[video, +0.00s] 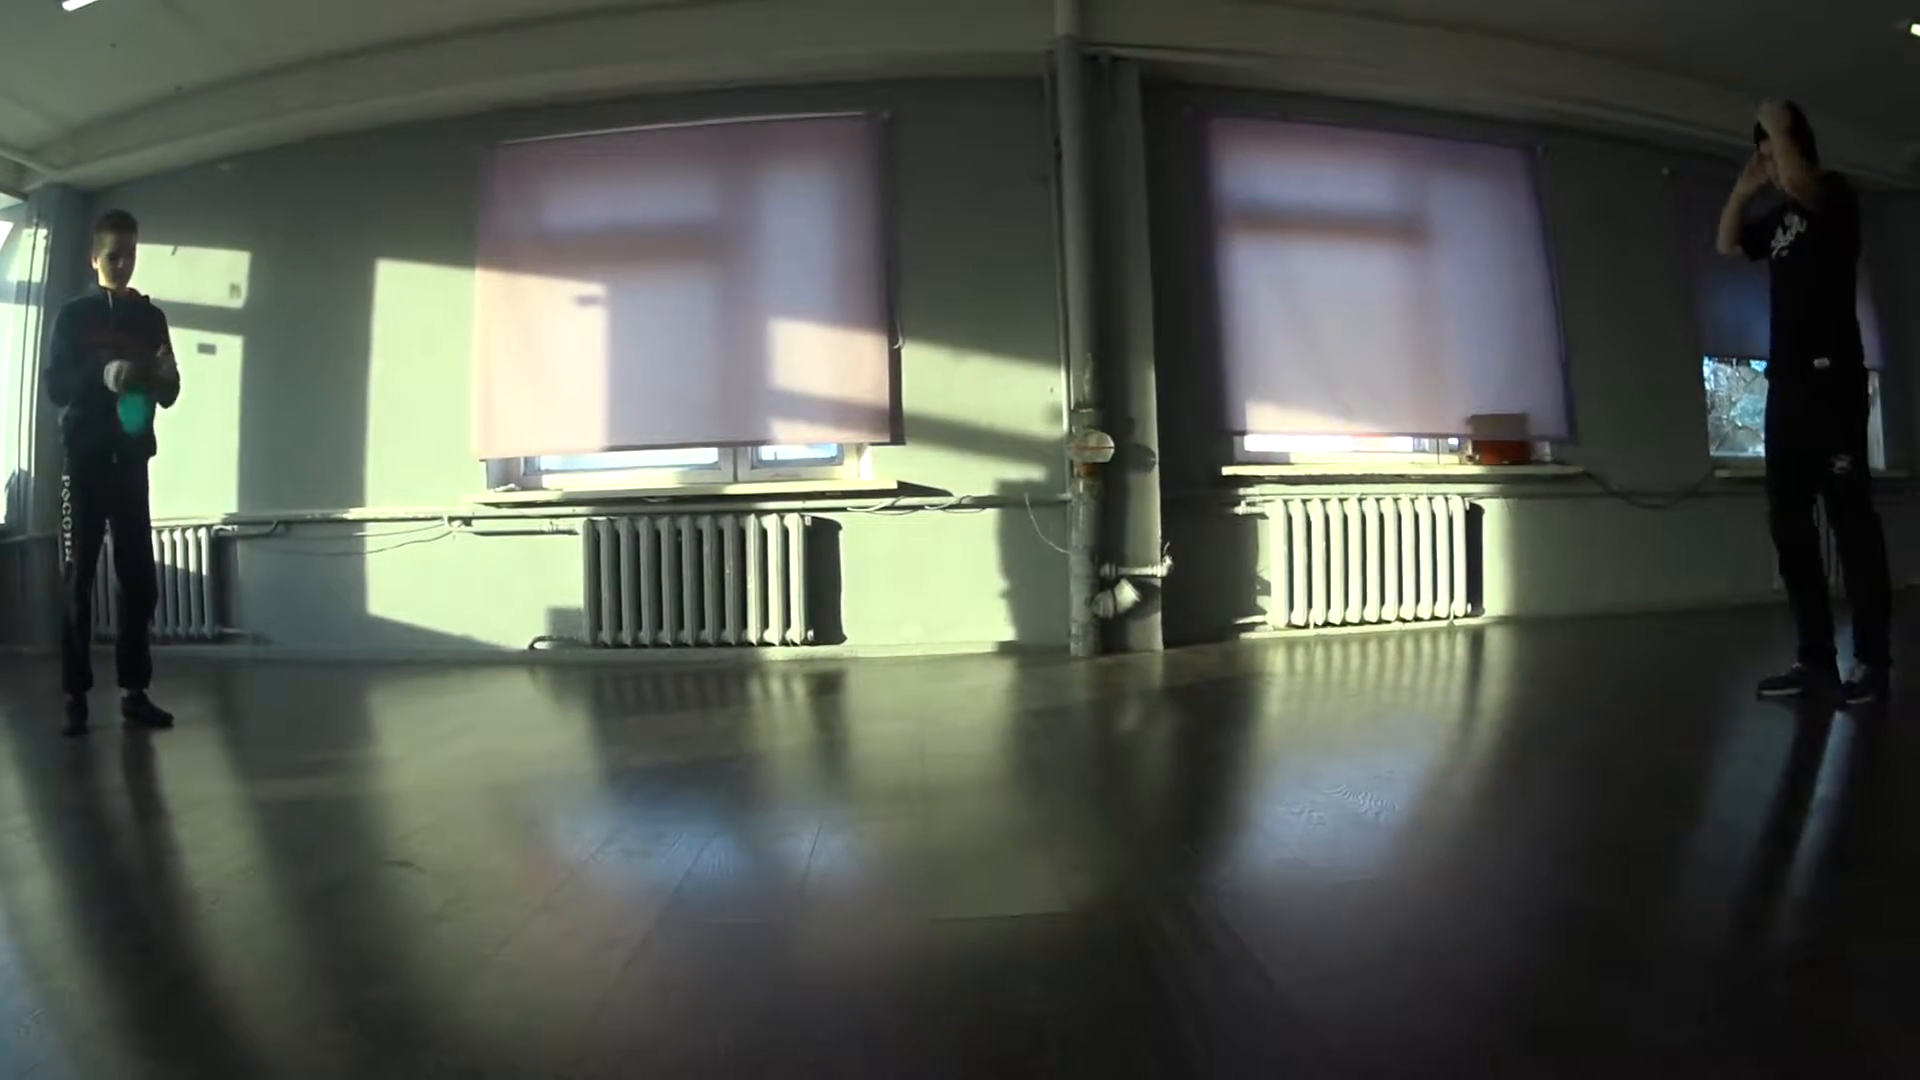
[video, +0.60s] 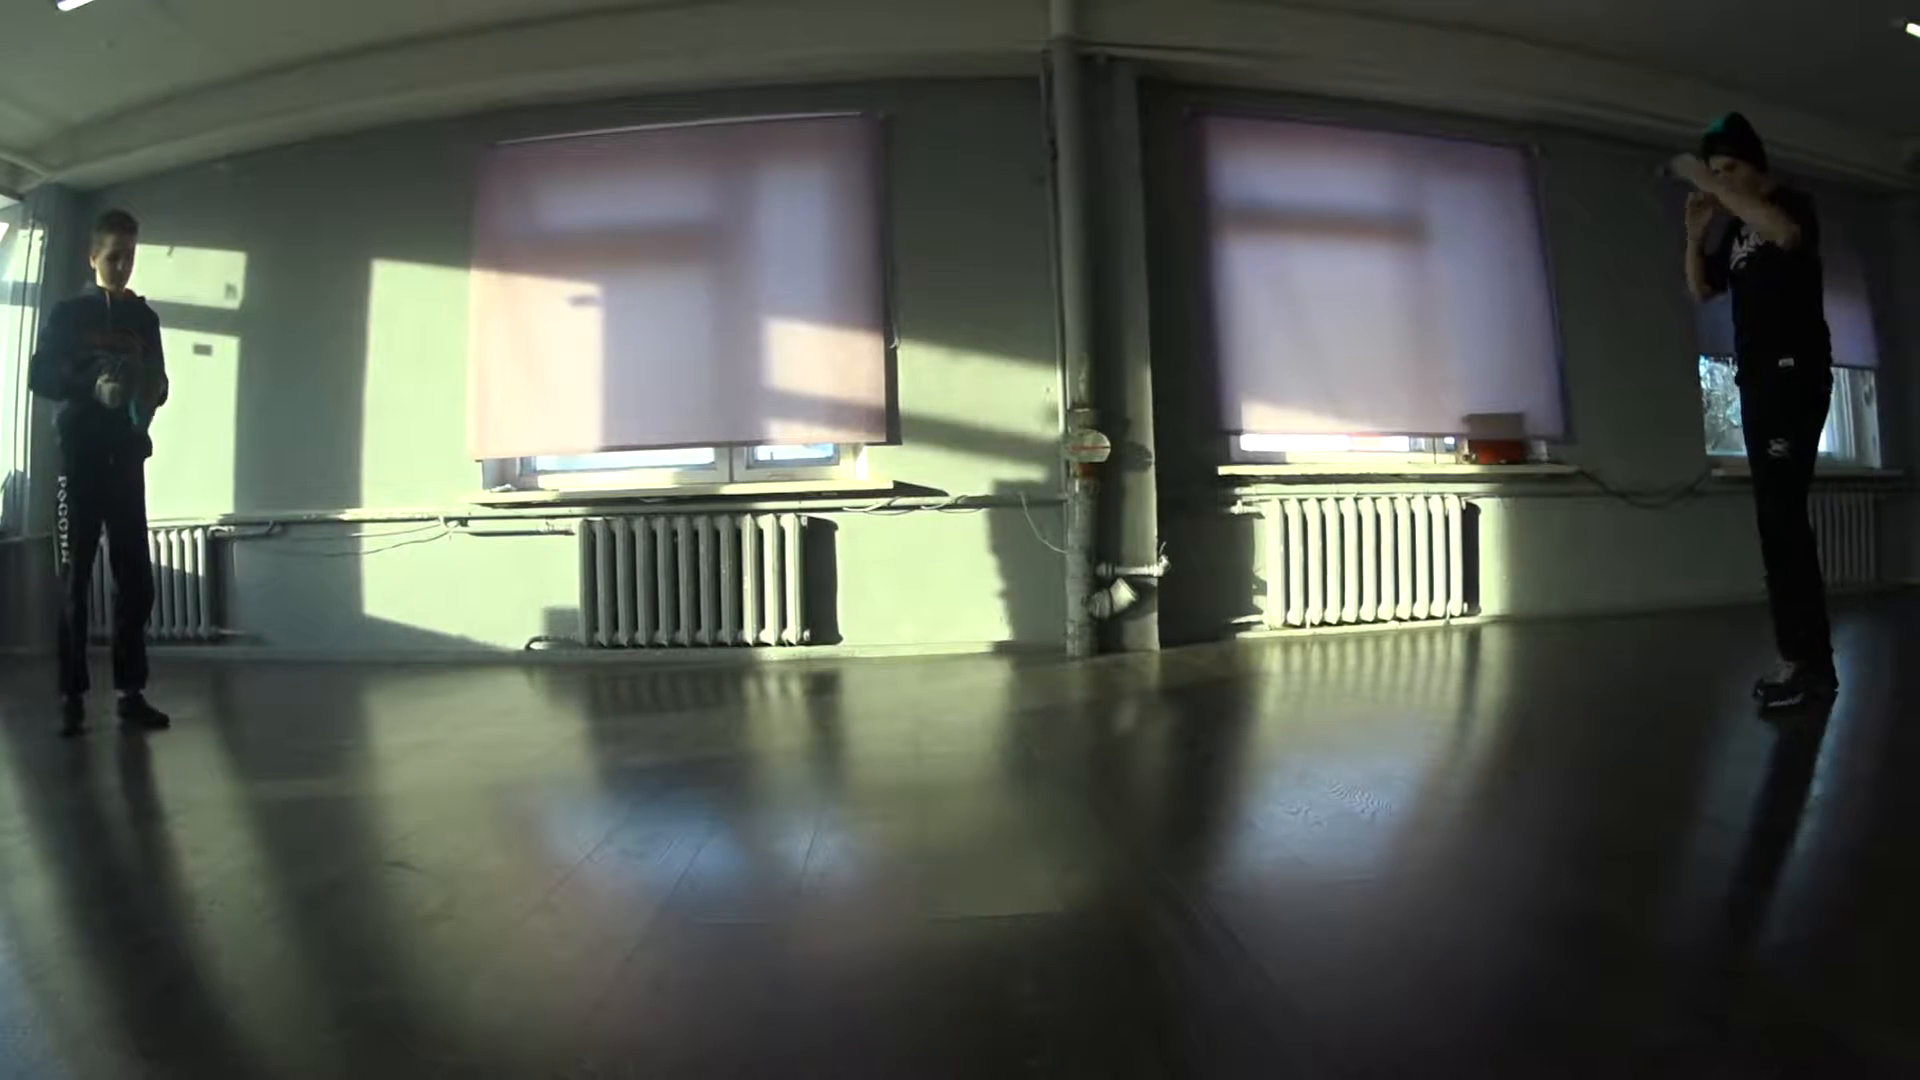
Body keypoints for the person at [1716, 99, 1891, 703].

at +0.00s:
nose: (1772, 160)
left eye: (1780, 149)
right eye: (1766, 150)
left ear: (1803, 151)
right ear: (1764, 159)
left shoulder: (1836, 200)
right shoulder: (1777, 218)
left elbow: (1799, 185)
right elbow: (1729, 244)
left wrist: (1778, 127)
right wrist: (1743, 187)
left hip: (1837, 381)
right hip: (1789, 383)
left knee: (1853, 521)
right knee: (1790, 525)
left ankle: (1873, 663)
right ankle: (1815, 664)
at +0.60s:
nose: (1724, 179)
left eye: (1732, 168)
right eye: (1716, 172)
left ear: (1756, 164)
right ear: (1711, 176)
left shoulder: (1792, 204)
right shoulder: (1733, 227)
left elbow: (1784, 234)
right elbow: (1702, 290)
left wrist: (1716, 187)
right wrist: (1694, 237)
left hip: (1798, 378)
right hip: (1757, 381)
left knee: (1783, 518)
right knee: (1777, 519)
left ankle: (1811, 665)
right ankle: (1799, 661)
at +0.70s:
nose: (1717, 181)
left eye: (1724, 167)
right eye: (1708, 173)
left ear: (1748, 161)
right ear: (1704, 178)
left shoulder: (1782, 203)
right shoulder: (1733, 232)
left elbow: (1804, 251)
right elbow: (1723, 308)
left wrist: (1721, 262)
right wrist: (1694, 284)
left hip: (1794, 378)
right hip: (1755, 382)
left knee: (1777, 517)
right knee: (1782, 518)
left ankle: (1767, 661)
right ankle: (1813, 661)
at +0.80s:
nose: (1706, 184)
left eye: (1712, 170)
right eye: (1697, 176)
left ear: (1736, 162)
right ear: (1696, 178)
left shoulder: (1773, 208)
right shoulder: (1728, 232)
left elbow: (1808, 274)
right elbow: (1737, 321)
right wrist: (1689, 357)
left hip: (1787, 386)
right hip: (1752, 389)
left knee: (1771, 524)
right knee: (1782, 524)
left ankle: (1734, 662)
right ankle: (1815, 663)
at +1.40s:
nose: (1658, 170)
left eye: (1663, 156)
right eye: (1651, 161)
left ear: (1690, 148)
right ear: (1652, 163)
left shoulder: (1726, 199)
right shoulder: (1694, 209)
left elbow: (1728, 286)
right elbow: (1693, 306)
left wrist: (1702, 371)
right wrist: (1674, 382)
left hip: (1727, 384)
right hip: (1701, 385)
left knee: (1722, 526)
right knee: (1704, 524)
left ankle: (1721, 669)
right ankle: (1784, 632)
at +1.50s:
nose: (1653, 165)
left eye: (1658, 152)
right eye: (1648, 156)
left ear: (1685, 145)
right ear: (1661, 153)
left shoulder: (1720, 196)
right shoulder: (1693, 206)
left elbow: (1706, 276)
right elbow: (1692, 307)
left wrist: (1643, 338)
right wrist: (1658, 380)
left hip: (1723, 377)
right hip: (1692, 378)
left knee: (1717, 520)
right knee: (1680, 521)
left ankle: (1720, 669)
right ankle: (1763, 624)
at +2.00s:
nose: (1645, 149)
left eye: (1650, 137)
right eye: (1643, 139)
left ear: (1676, 136)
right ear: (1680, 137)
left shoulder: (1709, 196)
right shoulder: (1699, 196)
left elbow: (1719, 295)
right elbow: (1712, 296)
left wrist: (1699, 386)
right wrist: (1694, 379)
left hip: (1722, 381)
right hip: (1716, 380)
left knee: (1716, 528)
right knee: (1722, 525)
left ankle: (1717, 670)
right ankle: (1783, 649)